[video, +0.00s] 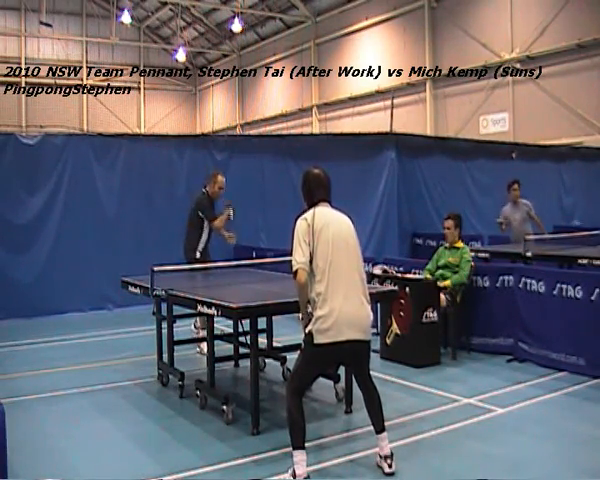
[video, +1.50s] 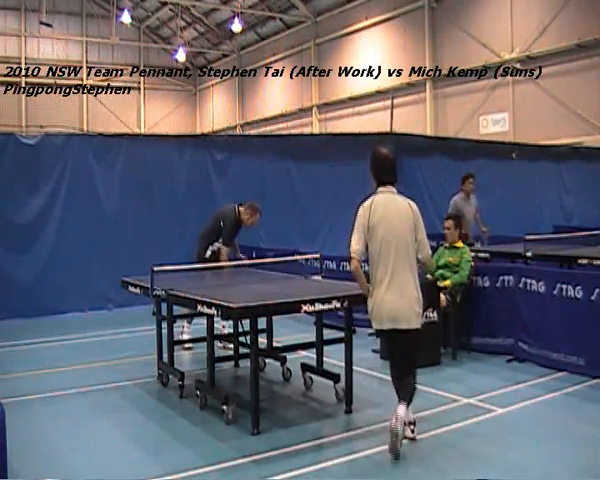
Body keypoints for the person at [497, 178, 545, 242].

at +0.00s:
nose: (517, 193)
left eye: (518, 190)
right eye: (514, 190)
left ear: (520, 192)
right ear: (509, 193)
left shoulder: (526, 205)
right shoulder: (505, 210)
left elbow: (535, 219)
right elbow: (503, 229)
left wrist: (543, 231)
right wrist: (502, 224)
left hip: (528, 237)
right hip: (515, 239)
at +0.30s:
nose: (506, 187)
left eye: (507, 184)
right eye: (503, 184)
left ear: (509, 186)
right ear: (497, 187)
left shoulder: (513, 202)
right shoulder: (492, 204)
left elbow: (518, 217)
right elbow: (484, 220)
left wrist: (523, 233)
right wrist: (488, 228)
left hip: (512, 239)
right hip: (497, 239)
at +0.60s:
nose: (493, 188)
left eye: (494, 185)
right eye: (491, 185)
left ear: (496, 187)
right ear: (485, 187)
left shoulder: (497, 202)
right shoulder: (477, 202)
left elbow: (501, 220)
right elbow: (469, 220)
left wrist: (506, 237)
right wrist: (476, 234)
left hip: (494, 238)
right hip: (481, 238)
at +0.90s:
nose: (487, 187)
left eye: (488, 185)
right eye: (484, 184)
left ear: (489, 185)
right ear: (478, 185)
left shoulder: (486, 196)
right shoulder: (470, 198)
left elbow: (487, 211)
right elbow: (466, 216)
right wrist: (474, 224)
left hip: (487, 233)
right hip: (476, 235)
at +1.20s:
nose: (480, 189)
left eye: (481, 186)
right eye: (478, 186)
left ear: (482, 188)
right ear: (471, 188)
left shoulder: (482, 199)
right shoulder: (464, 203)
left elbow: (482, 213)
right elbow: (460, 221)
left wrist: (486, 220)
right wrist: (467, 230)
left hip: (481, 238)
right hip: (468, 240)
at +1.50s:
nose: (472, 186)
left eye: (473, 184)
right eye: (469, 183)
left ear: (474, 186)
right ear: (463, 186)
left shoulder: (473, 198)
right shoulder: (455, 201)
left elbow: (476, 213)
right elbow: (450, 218)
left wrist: (481, 228)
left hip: (471, 234)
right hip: (459, 235)